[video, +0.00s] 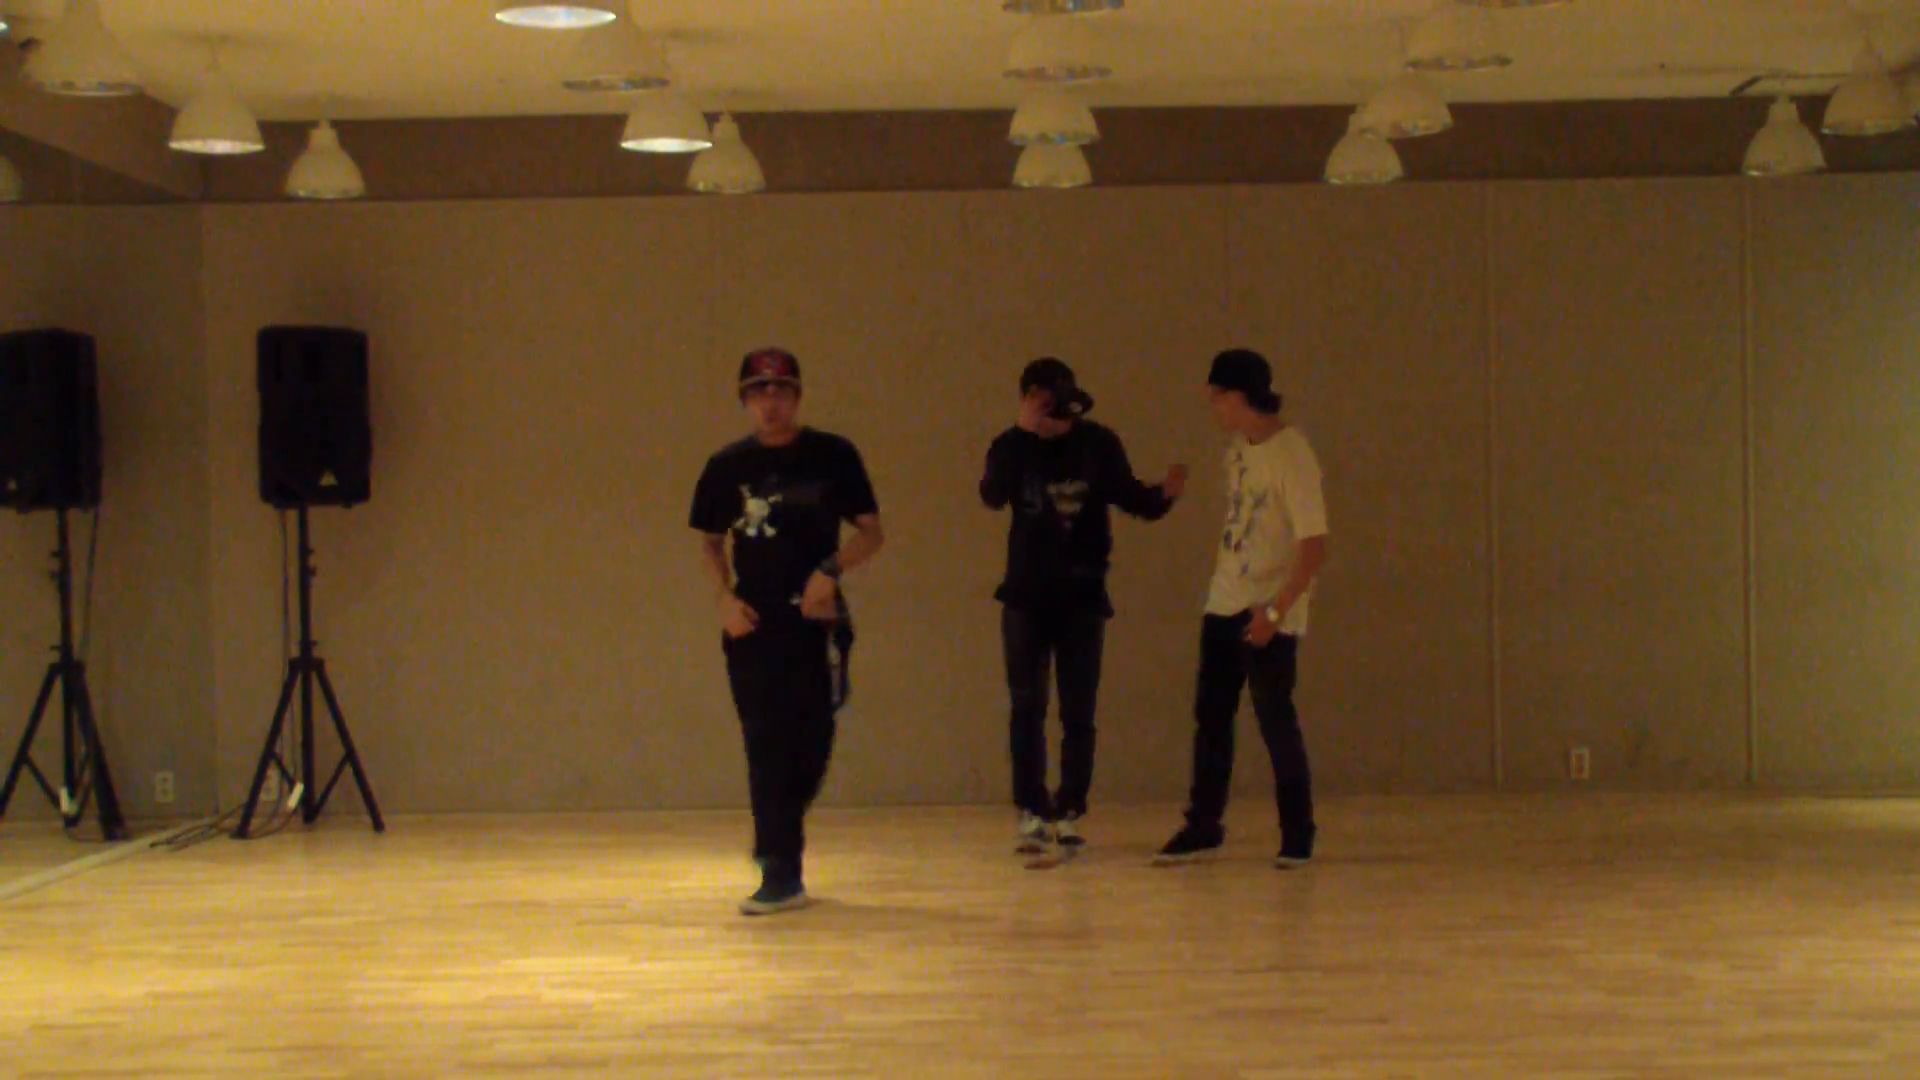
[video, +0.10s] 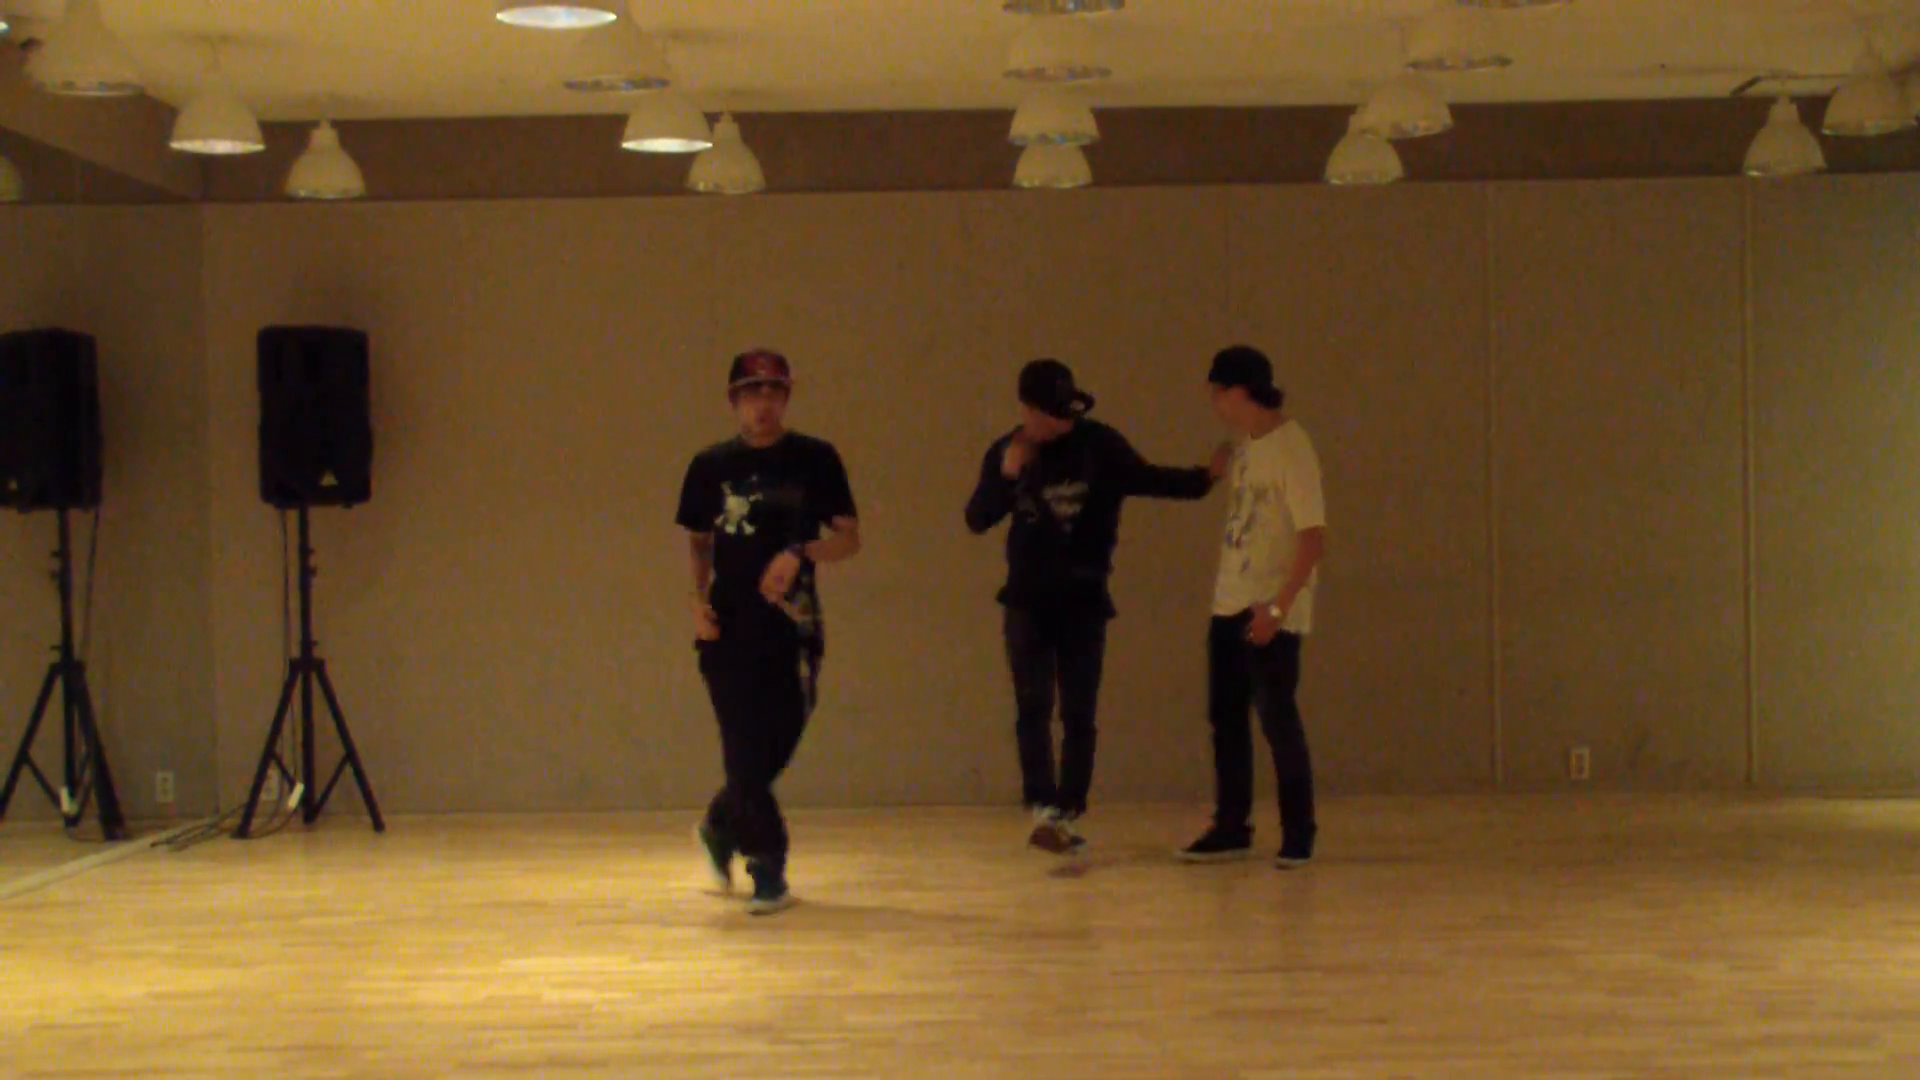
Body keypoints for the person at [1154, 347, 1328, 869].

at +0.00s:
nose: (1212, 409)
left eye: (1218, 399)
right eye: (1212, 399)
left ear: (1244, 398)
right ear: (1241, 400)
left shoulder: (1292, 453)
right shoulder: (1237, 452)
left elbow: (1313, 545)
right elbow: (1243, 527)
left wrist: (1276, 612)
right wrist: (1226, 591)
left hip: (1269, 617)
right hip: (1223, 611)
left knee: (1277, 723)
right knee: (1213, 717)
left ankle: (1297, 832)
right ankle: (1204, 822)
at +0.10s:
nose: (1216, 408)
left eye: (1220, 397)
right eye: (1214, 398)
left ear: (1245, 393)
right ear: (1242, 394)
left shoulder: (1292, 446)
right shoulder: (1245, 449)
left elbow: (1312, 540)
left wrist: (1277, 609)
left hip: (1272, 614)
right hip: (1229, 611)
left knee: (1278, 722)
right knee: (1228, 721)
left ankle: (1298, 832)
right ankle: (1230, 825)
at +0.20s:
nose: (1214, 402)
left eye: (1218, 392)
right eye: (1212, 392)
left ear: (1245, 389)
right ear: (1239, 390)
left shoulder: (1290, 438)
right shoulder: (1252, 445)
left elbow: (1307, 528)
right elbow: (1253, 526)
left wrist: (1278, 602)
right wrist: (1233, 594)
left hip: (1273, 609)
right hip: (1234, 607)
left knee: (1278, 717)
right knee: (1231, 714)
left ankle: (1298, 831)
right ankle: (1253, 820)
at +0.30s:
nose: (1214, 403)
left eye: (1220, 392)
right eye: (1212, 393)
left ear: (1248, 388)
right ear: (1237, 390)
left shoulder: (1290, 433)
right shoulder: (1255, 442)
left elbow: (1304, 517)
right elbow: (1255, 520)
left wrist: (1274, 594)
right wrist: (1234, 592)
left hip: (1273, 607)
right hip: (1236, 606)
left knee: (1280, 715)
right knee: (1229, 709)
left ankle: (1300, 828)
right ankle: (1265, 808)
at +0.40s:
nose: (1217, 407)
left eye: (1221, 396)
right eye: (1214, 397)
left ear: (1249, 389)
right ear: (1237, 393)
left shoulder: (1291, 432)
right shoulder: (1258, 445)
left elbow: (1301, 512)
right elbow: (1256, 524)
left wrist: (1274, 585)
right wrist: (1229, 585)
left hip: (1277, 604)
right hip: (1238, 604)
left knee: (1282, 712)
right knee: (1225, 706)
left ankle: (1301, 828)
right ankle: (1268, 800)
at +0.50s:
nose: (1222, 415)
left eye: (1226, 403)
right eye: (1216, 406)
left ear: (1253, 394)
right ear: (1226, 402)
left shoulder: (1294, 433)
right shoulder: (1253, 447)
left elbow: (1302, 508)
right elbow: (1254, 525)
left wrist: (1272, 577)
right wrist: (1223, 580)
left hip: (1276, 601)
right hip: (1236, 601)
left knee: (1281, 710)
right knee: (1228, 705)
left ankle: (1301, 823)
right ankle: (1263, 796)